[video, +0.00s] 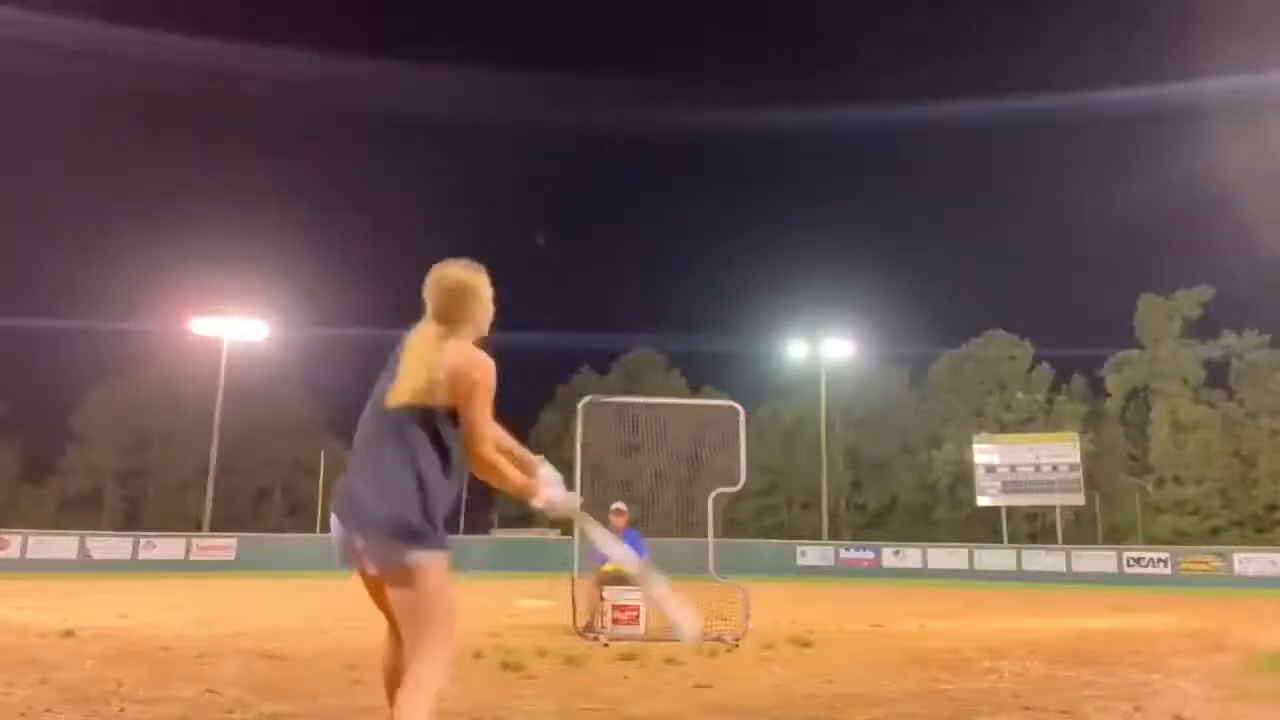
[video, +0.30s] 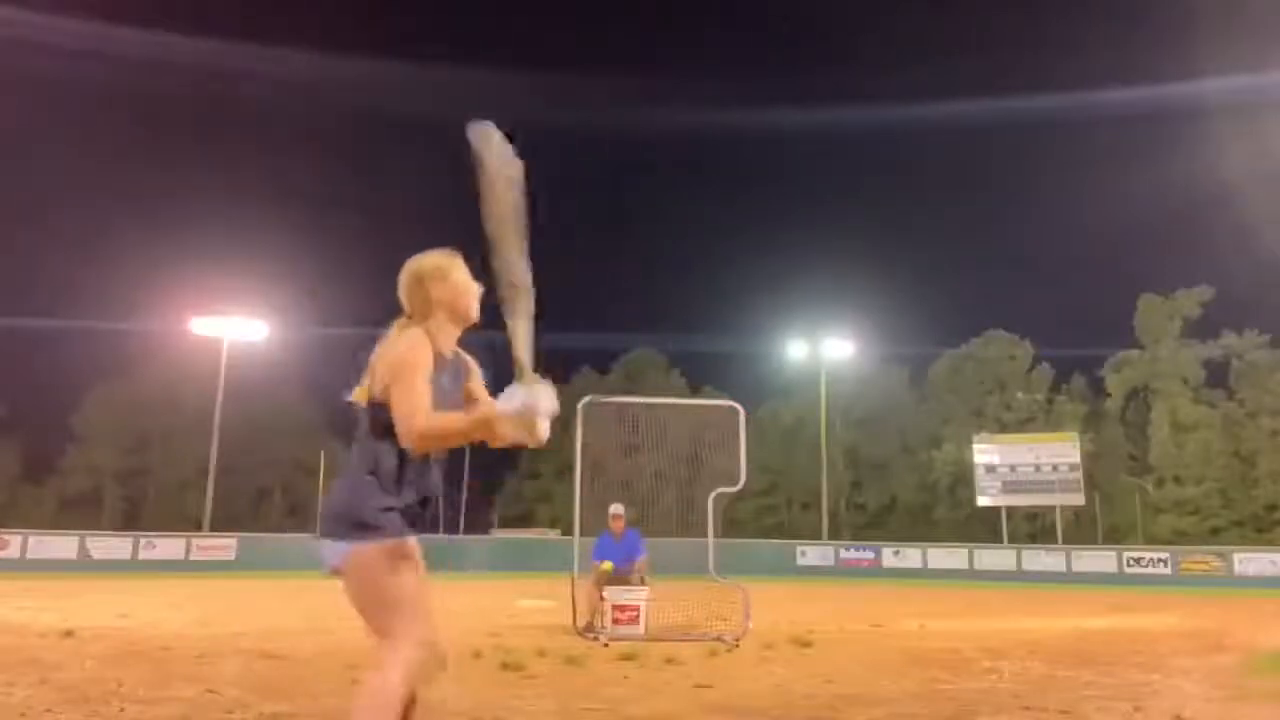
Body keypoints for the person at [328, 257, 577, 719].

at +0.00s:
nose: (492, 310)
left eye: (490, 301)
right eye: (489, 301)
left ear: (432, 302)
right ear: (480, 308)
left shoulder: (412, 346)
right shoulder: (473, 363)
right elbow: (478, 454)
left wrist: (533, 463)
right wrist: (535, 493)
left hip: (357, 509)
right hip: (405, 519)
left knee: (403, 636)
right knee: (432, 646)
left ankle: (401, 714)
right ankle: (410, 712)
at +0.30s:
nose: (479, 288)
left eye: (474, 279)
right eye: (467, 279)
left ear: (445, 294)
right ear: (439, 292)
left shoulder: (460, 362)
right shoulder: (409, 345)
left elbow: (485, 428)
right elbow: (415, 432)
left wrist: (527, 422)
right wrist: (493, 419)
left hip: (388, 520)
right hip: (361, 520)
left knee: (418, 650)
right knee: (409, 646)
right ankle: (373, 711)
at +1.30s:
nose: (375, 246)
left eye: (371, 236)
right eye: (368, 236)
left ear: (314, 240)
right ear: (349, 241)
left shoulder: (305, 289)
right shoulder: (320, 282)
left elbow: (394, 377)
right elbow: (344, 356)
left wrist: (418, 319)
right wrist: (386, 301)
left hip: (247, 482)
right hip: (282, 485)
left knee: (241, 637)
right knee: (337, 620)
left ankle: (183, 713)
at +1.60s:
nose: (375, 250)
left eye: (371, 240)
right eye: (370, 239)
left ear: (316, 239)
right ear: (358, 242)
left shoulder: (303, 289)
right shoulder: (326, 282)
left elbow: (383, 386)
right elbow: (367, 349)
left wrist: (432, 339)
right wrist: (413, 301)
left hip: (253, 473)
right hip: (293, 476)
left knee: (248, 638)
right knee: (346, 624)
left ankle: (183, 714)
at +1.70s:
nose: (375, 260)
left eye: (375, 250)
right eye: (372, 249)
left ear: (317, 238)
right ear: (357, 242)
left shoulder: (298, 290)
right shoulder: (326, 281)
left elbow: (376, 390)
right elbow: (363, 349)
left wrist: (428, 345)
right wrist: (411, 307)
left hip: (251, 475)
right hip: (291, 478)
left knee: (245, 639)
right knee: (346, 625)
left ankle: (181, 714)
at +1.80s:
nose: (371, 258)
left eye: (371, 247)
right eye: (369, 245)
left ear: (313, 239)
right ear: (356, 242)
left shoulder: (295, 291)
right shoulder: (323, 279)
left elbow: (371, 394)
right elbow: (355, 346)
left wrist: (422, 350)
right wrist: (410, 311)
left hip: (249, 477)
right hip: (289, 480)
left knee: (248, 636)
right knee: (345, 625)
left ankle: (183, 715)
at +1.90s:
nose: (369, 261)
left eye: (369, 251)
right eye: (367, 249)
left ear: (312, 239)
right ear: (355, 243)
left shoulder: (295, 291)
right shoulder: (323, 278)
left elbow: (371, 394)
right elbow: (353, 344)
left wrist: (422, 350)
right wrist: (410, 309)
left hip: (249, 476)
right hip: (287, 479)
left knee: (251, 638)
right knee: (346, 624)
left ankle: (184, 714)